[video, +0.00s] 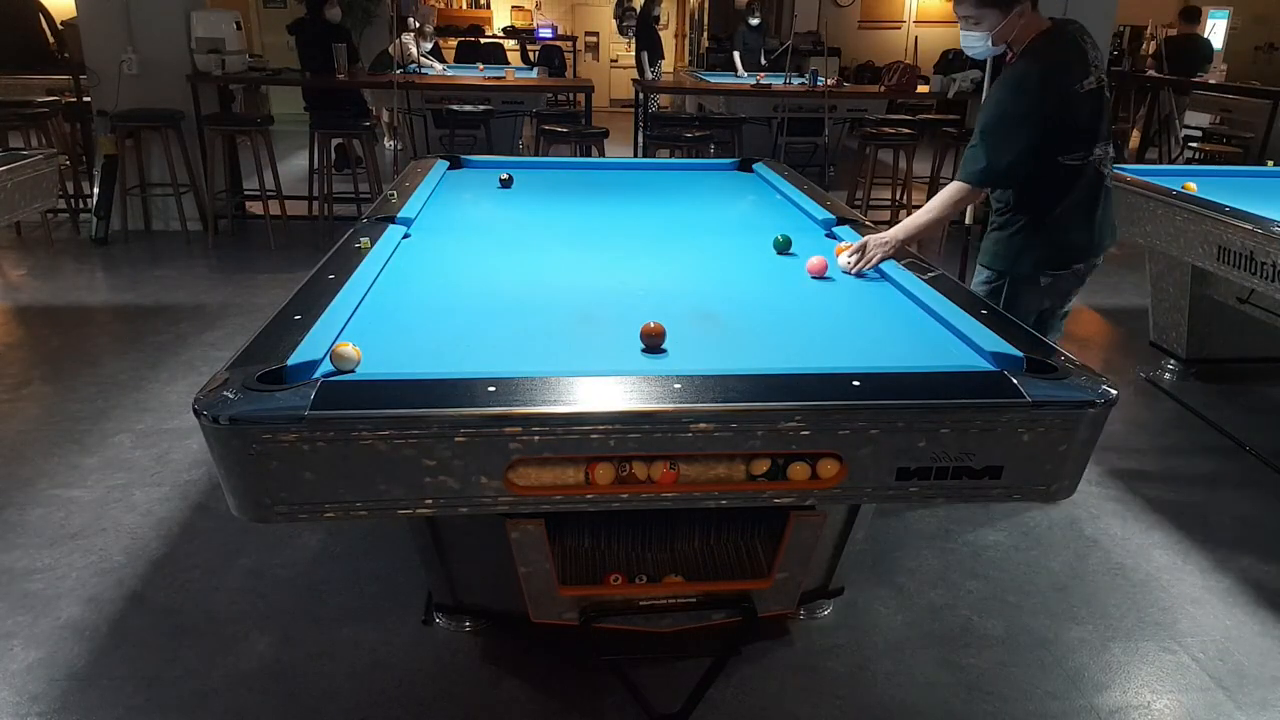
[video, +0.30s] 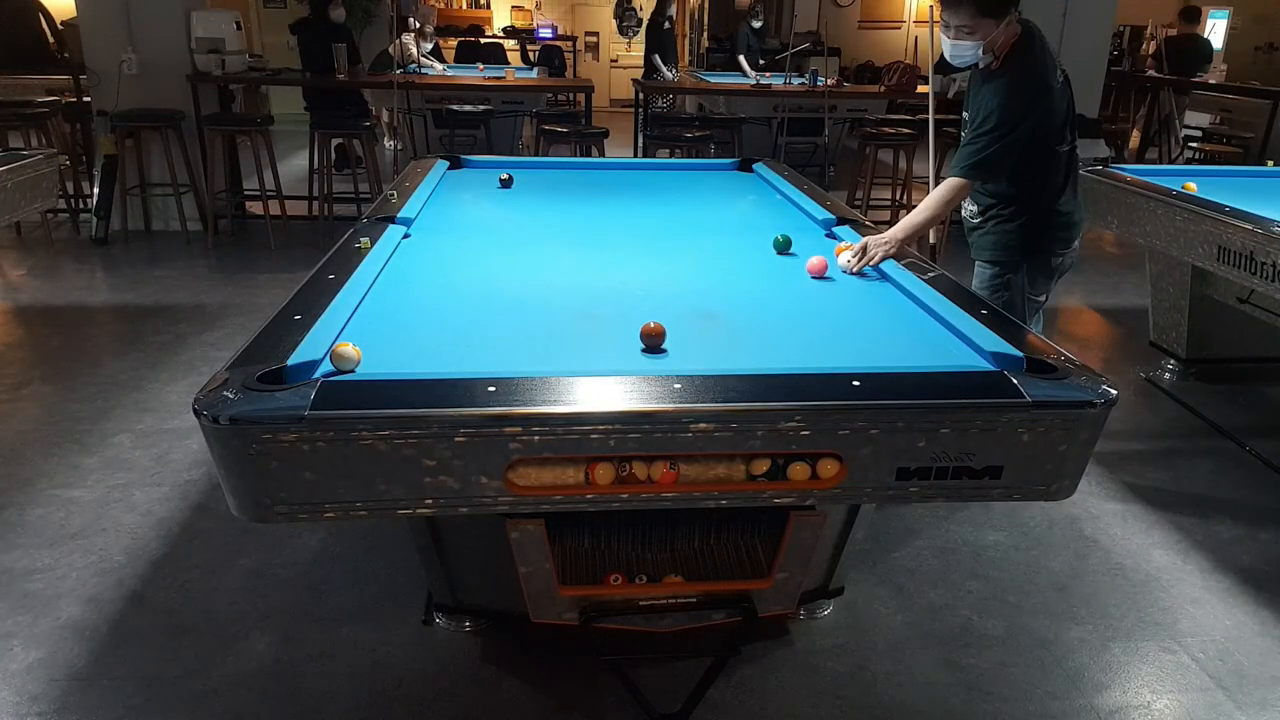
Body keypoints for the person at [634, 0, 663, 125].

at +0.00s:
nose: (660, 9)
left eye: (660, 6)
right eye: (658, 6)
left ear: (651, 6)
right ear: (652, 6)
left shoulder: (649, 23)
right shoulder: (644, 23)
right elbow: (642, 50)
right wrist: (647, 71)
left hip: (655, 63)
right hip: (649, 65)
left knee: (653, 97)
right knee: (649, 97)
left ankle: (650, 126)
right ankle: (646, 127)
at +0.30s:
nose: (675, 7)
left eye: (675, 4)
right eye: (674, 4)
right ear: (667, 6)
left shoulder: (669, 22)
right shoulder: (654, 23)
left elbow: (670, 48)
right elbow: (653, 52)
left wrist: (673, 68)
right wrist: (665, 72)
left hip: (670, 68)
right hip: (656, 70)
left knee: (668, 106)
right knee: (655, 106)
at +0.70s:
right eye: (698, 5)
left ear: (680, 5)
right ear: (695, 7)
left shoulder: (669, 21)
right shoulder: (697, 25)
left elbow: (660, 51)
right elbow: (699, 57)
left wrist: (655, 73)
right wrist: (692, 69)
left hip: (669, 76)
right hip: (688, 77)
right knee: (683, 113)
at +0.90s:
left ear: (668, 6)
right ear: (685, 7)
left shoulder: (661, 21)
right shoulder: (689, 23)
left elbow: (653, 49)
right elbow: (694, 51)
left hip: (663, 71)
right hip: (682, 72)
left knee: (663, 107)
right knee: (679, 108)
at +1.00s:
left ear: (666, 4)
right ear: (682, 5)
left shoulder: (658, 21)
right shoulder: (687, 22)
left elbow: (652, 51)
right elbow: (690, 51)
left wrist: (654, 70)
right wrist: (684, 65)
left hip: (661, 70)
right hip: (681, 71)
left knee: (663, 106)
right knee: (678, 107)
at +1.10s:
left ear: (668, 5)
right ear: (684, 6)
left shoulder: (659, 22)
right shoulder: (689, 23)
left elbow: (652, 50)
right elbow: (693, 51)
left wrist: (660, 67)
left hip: (664, 71)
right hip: (684, 71)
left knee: (665, 106)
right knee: (685, 107)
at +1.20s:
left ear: (680, 5)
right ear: (698, 6)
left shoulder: (670, 22)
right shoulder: (702, 25)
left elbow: (664, 49)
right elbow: (704, 53)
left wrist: (673, 59)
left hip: (670, 70)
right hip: (691, 72)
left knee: (668, 106)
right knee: (688, 107)